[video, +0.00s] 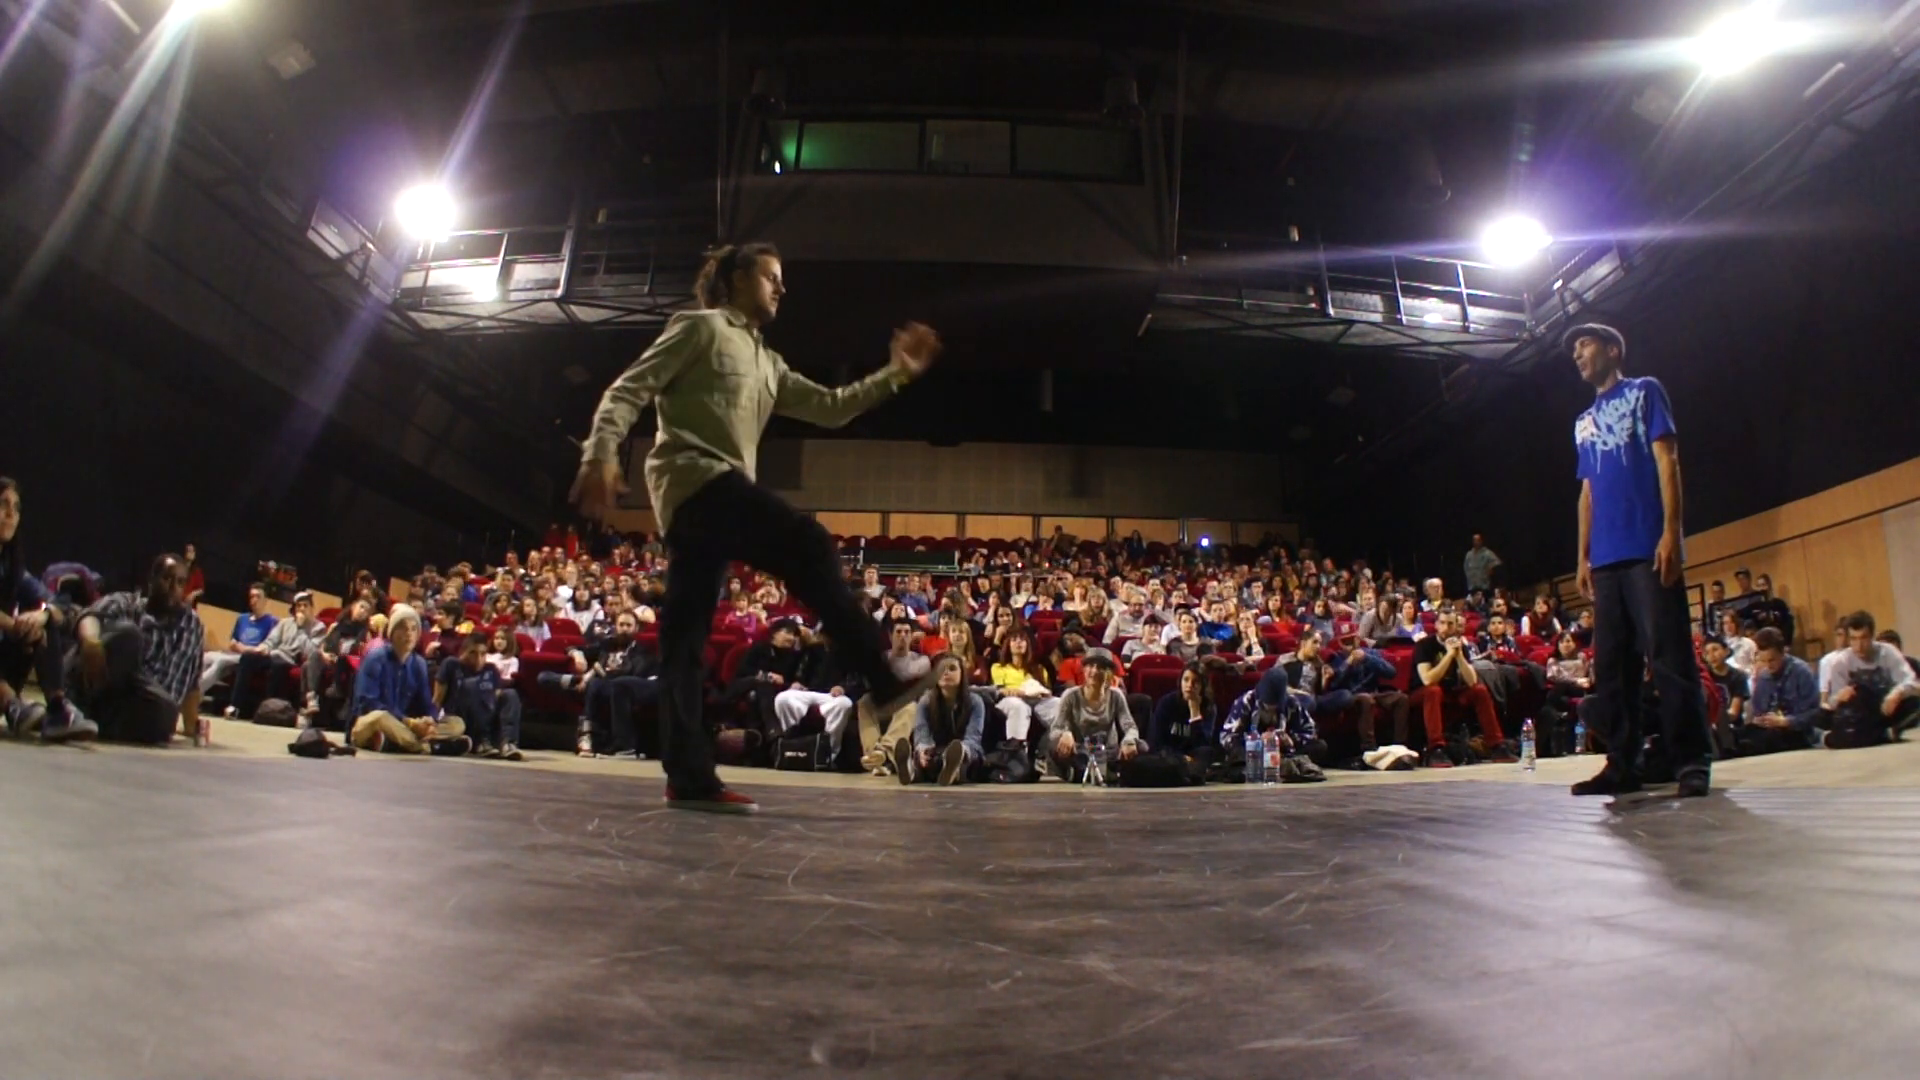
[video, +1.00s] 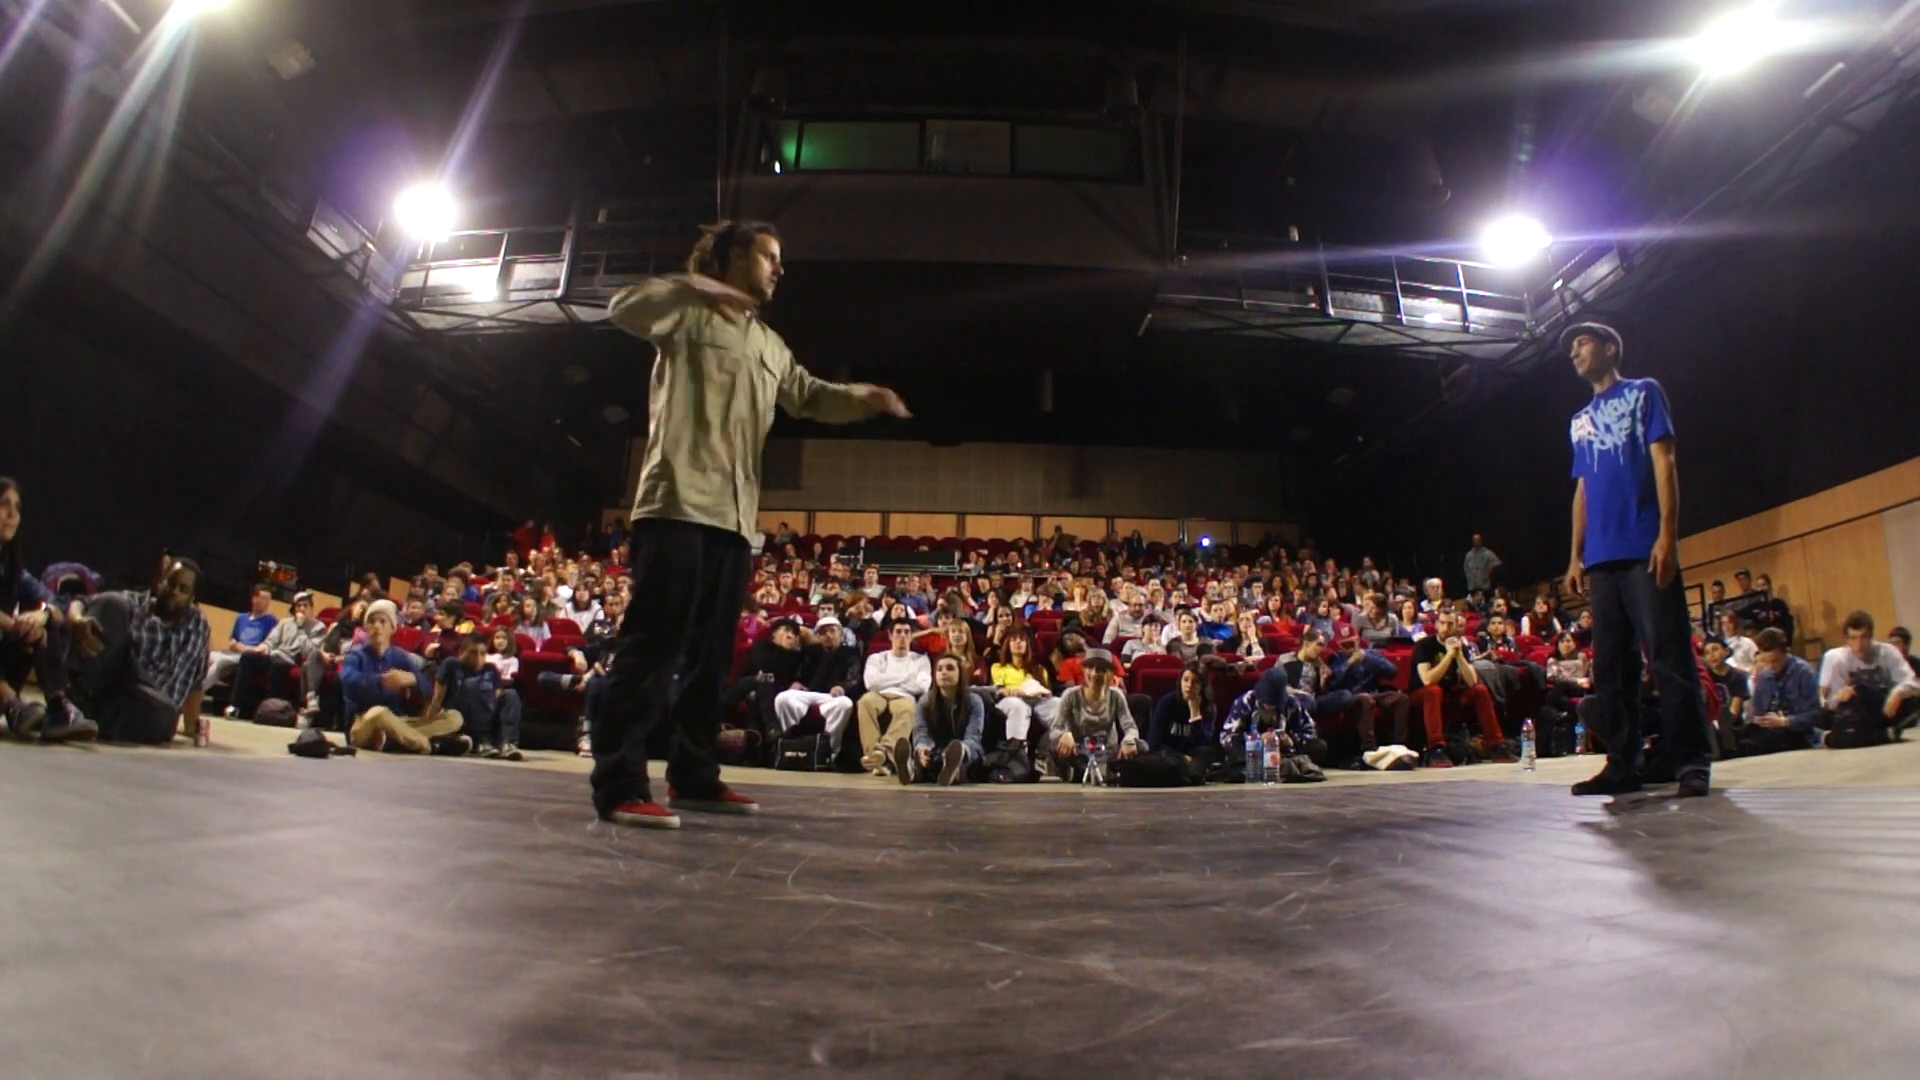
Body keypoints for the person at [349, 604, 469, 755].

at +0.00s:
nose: (409, 634)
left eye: (413, 629)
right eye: (402, 628)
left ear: (418, 634)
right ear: (391, 632)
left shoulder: (419, 664)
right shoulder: (375, 658)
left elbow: (426, 704)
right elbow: (367, 703)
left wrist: (429, 720)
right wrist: (407, 722)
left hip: (412, 724)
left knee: (457, 724)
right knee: (381, 718)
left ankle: (396, 744)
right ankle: (425, 748)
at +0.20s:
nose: (400, 636)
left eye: (407, 631)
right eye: (396, 630)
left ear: (417, 638)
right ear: (390, 633)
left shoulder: (420, 665)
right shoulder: (375, 659)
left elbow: (426, 705)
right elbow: (366, 704)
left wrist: (428, 719)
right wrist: (405, 715)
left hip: (410, 724)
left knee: (457, 724)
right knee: (380, 718)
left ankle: (393, 743)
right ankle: (428, 747)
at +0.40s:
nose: (398, 637)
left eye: (405, 633)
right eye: (394, 631)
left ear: (415, 639)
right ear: (388, 633)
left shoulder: (419, 664)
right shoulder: (372, 660)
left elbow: (426, 706)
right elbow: (367, 705)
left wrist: (428, 720)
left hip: (404, 724)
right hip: (366, 725)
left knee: (457, 724)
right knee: (380, 717)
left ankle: (393, 744)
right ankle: (428, 747)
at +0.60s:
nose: (392, 639)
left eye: (398, 634)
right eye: (388, 633)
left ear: (409, 638)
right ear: (382, 635)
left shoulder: (416, 664)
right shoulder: (367, 661)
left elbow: (428, 705)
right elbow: (369, 706)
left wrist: (425, 722)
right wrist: (390, 668)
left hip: (403, 723)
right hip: (366, 725)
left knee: (457, 724)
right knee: (380, 718)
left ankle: (393, 743)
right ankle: (428, 747)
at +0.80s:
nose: (384, 632)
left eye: (390, 626)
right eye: (379, 626)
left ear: (401, 633)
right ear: (374, 631)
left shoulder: (410, 664)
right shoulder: (361, 660)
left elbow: (430, 706)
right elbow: (358, 703)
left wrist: (423, 716)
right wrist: (386, 669)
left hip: (400, 725)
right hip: (363, 726)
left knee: (457, 723)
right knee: (379, 717)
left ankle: (394, 743)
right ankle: (429, 747)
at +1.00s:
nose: (377, 626)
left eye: (382, 621)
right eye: (372, 622)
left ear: (393, 628)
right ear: (366, 627)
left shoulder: (400, 657)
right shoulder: (356, 655)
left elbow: (427, 690)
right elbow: (349, 679)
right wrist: (384, 681)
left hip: (401, 720)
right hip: (364, 725)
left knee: (455, 717)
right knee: (379, 713)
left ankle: (395, 742)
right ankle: (429, 747)